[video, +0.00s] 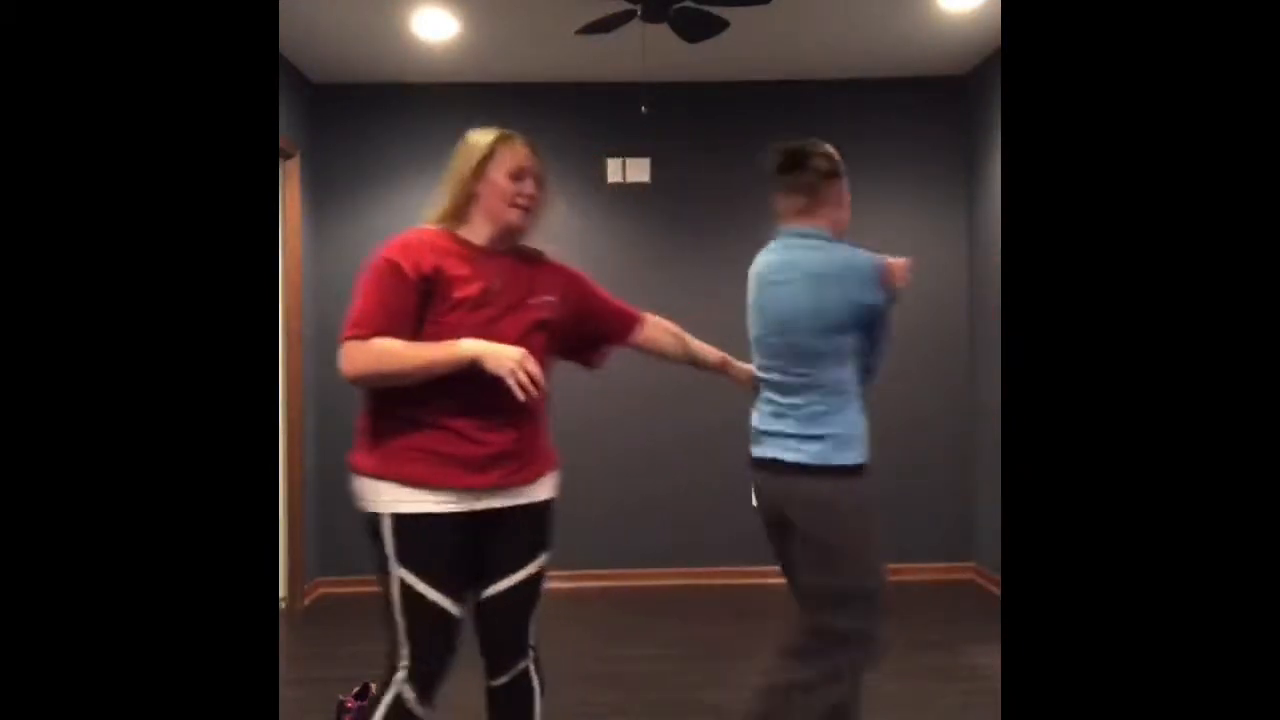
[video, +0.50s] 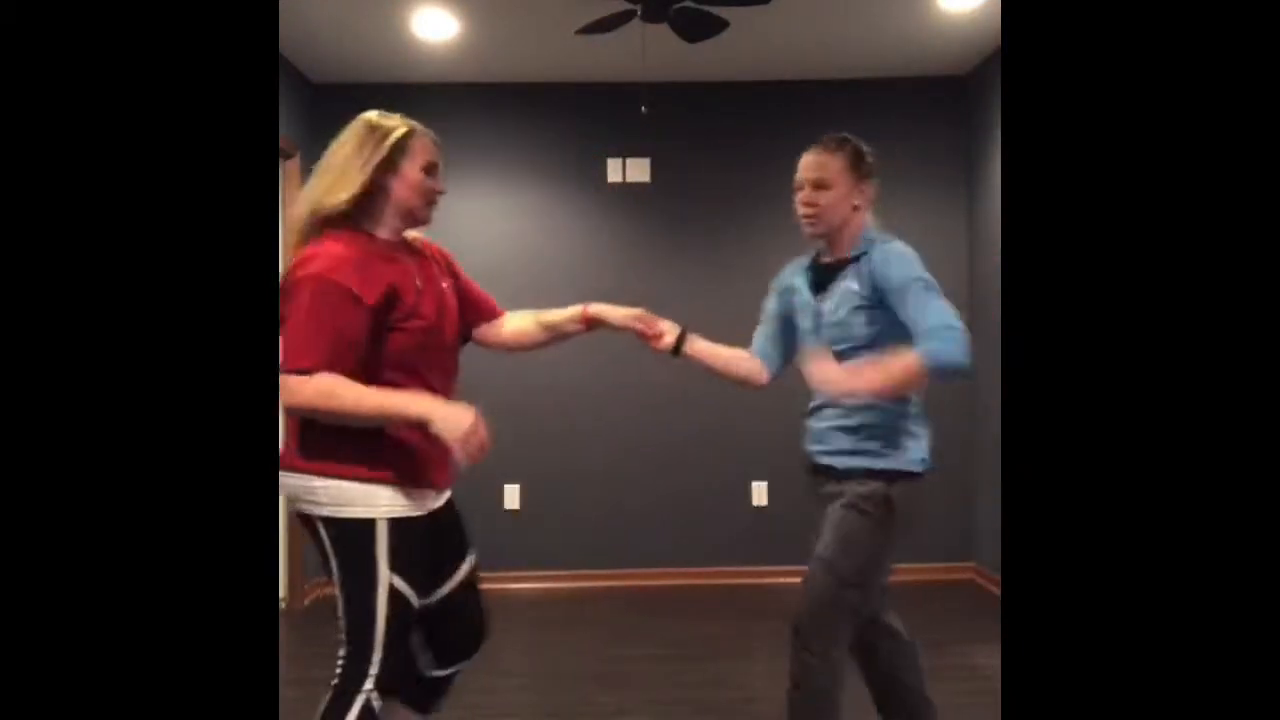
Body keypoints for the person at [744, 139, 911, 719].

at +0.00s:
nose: (849, 208)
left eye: (846, 196)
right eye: (846, 196)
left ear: (781, 201)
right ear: (833, 198)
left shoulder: (763, 265)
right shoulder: (861, 269)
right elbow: (868, 366)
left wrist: (877, 282)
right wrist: (887, 295)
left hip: (771, 475)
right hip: (831, 481)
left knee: (824, 624)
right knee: (849, 629)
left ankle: (830, 712)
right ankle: (774, 711)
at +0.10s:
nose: (799, 207)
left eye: (801, 198)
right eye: (801, 198)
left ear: (807, 203)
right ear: (868, 204)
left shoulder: (782, 263)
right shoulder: (899, 274)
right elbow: (854, 355)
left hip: (796, 480)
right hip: (876, 480)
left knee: (815, 634)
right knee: (900, 624)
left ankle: (837, 714)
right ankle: (855, 705)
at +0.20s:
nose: (803, 203)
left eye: (813, 191)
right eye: (806, 190)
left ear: (856, 197)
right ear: (866, 197)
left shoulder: (826, 251)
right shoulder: (899, 257)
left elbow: (766, 302)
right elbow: (823, 346)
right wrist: (727, 346)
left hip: (833, 469)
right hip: (902, 466)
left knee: (823, 627)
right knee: (898, 616)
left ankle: (825, 712)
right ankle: (920, 711)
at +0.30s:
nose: (816, 200)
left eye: (831, 189)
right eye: (816, 188)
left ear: (879, 193)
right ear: (869, 197)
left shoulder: (872, 248)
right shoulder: (887, 249)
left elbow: (778, 305)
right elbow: (794, 343)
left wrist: (799, 274)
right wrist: (713, 325)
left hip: (870, 469)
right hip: (916, 465)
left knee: (837, 629)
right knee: (897, 626)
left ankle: (833, 710)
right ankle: (915, 713)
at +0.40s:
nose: (819, 201)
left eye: (834, 189)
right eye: (817, 189)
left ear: (880, 195)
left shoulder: (905, 259)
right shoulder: (833, 272)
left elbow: (858, 335)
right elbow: (776, 349)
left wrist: (795, 308)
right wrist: (701, 322)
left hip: (897, 467)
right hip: (862, 464)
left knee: (824, 611)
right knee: (879, 614)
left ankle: (828, 711)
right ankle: (920, 714)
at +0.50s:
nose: (804, 200)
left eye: (820, 187)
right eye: (799, 188)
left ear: (861, 196)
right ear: (794, 194)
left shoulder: (889, 261)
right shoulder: (794, 281)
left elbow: (949, 347)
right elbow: (758, 366)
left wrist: (848, 379)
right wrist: (678, 340)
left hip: (880, 473)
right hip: (827, 472)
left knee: (816, 624)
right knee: (868, 624)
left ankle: (812, 716)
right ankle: (915, 715)